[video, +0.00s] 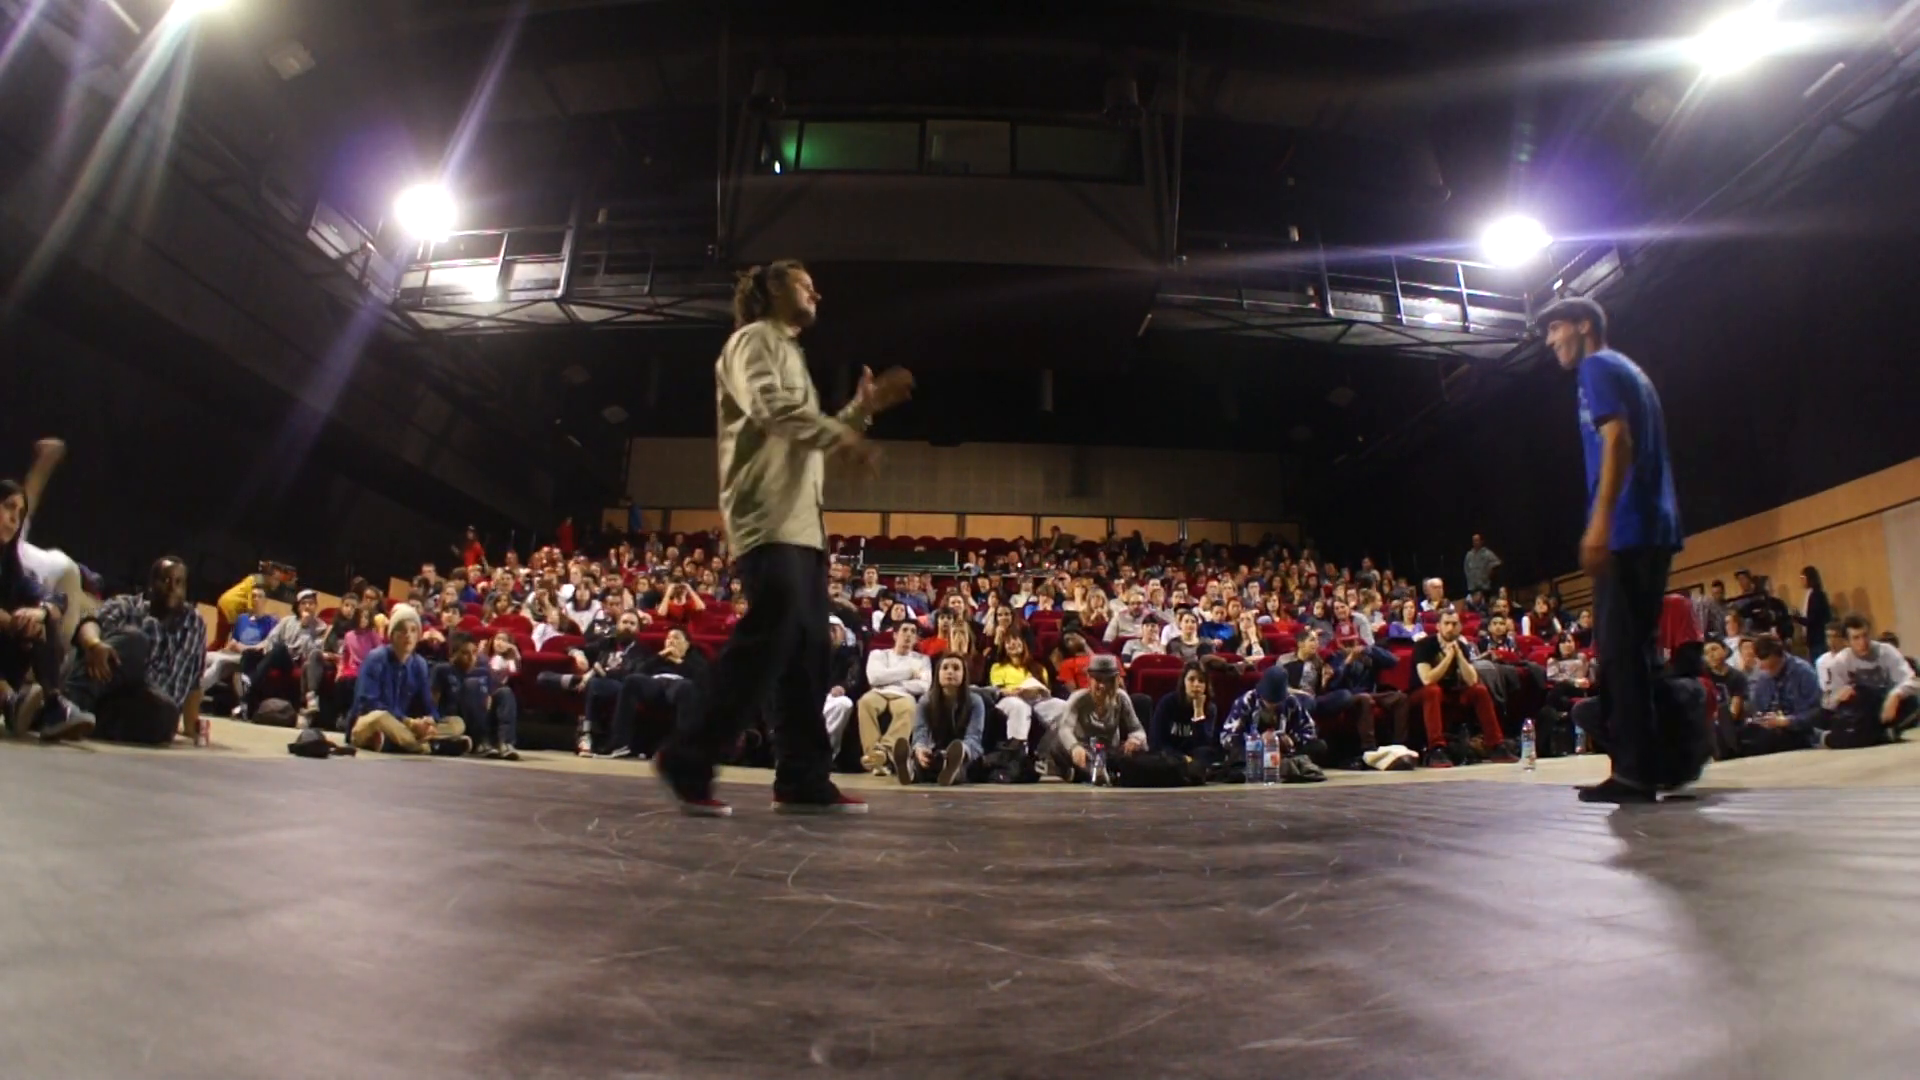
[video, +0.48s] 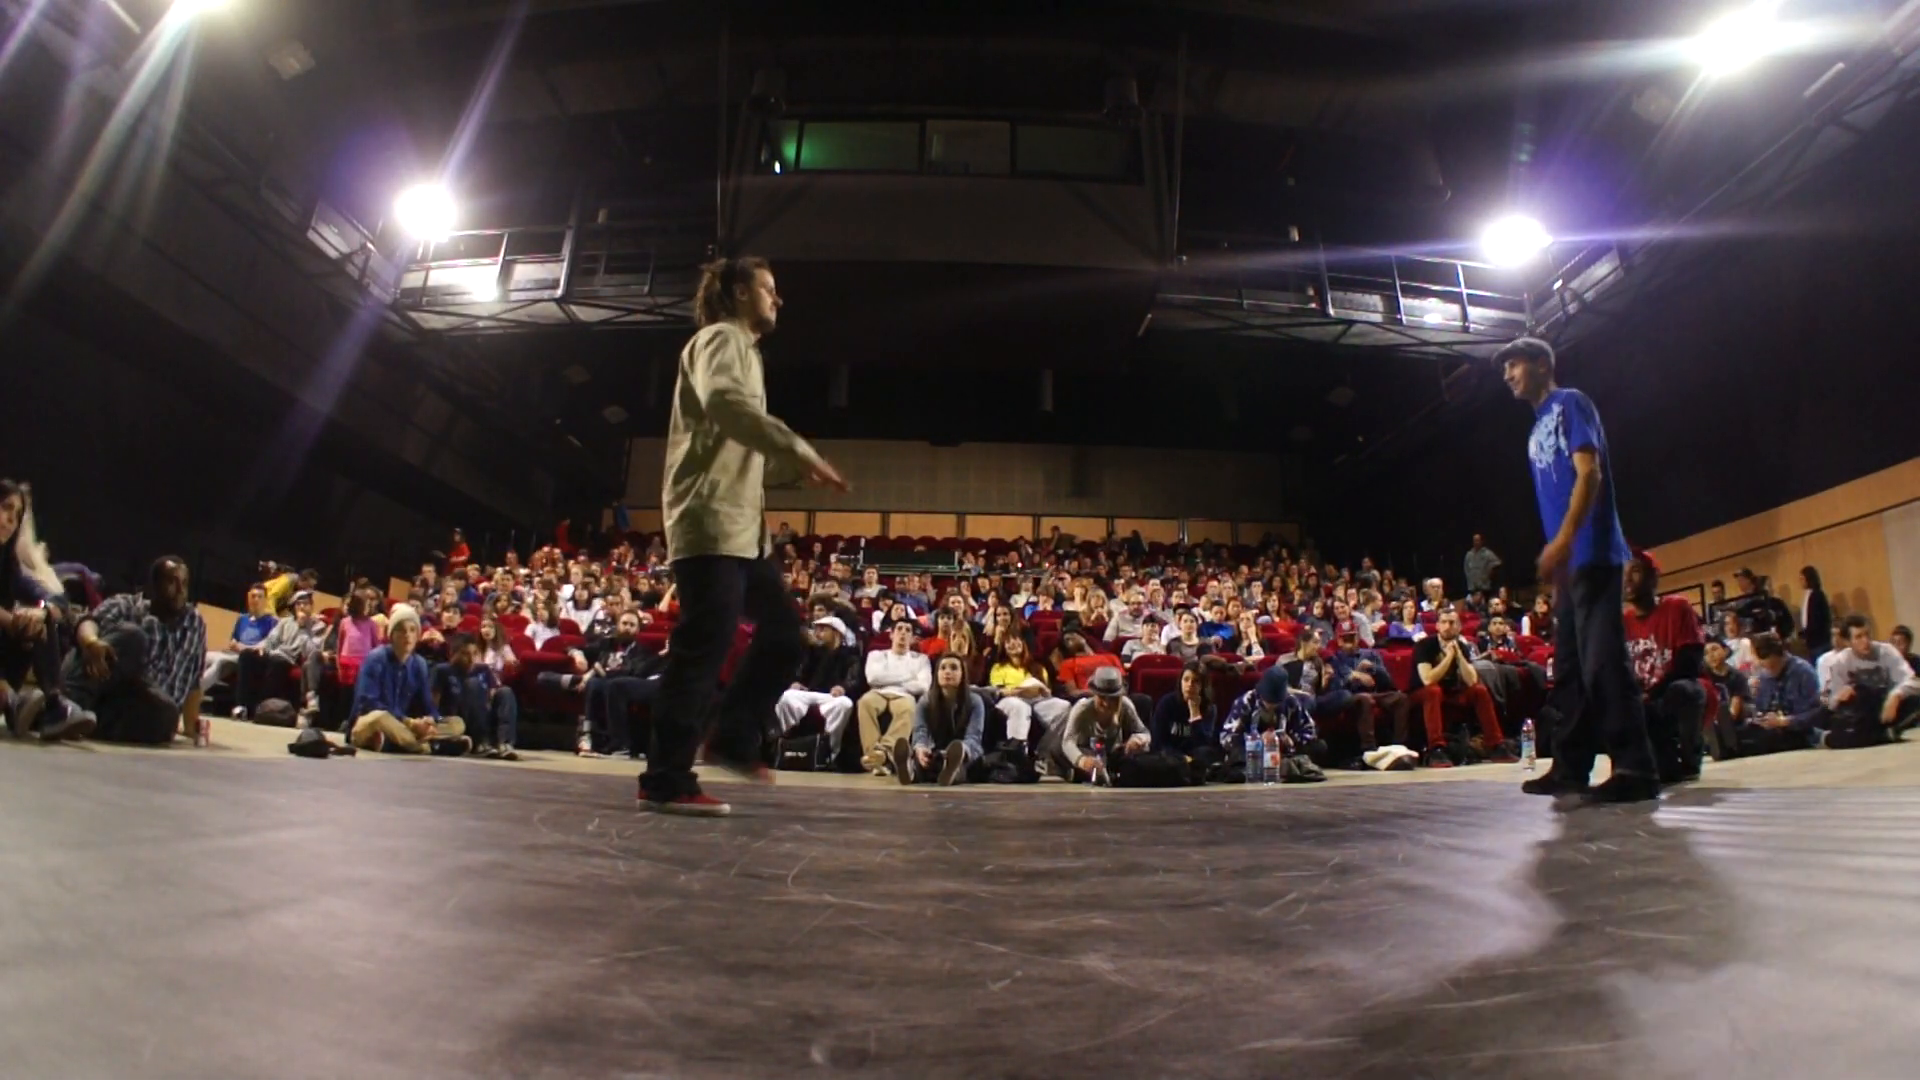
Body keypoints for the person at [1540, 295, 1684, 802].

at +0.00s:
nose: (1551, 341)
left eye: (1556, 330)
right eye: (1548, 333)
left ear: (1586, 327)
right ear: (1588, 332)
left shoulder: (1597, 367)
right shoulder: (1624, 369)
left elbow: (1617, 439)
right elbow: (1638, 450)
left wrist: (1599, 522)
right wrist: (1622, 522)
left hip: (1627, 531)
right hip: (1650, 530)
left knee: (1619, 650)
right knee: (1632, 649)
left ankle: (1632, 772)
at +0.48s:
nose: (1509, 377)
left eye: (1515, 367)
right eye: (1506, 372)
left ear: (1542, 366)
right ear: (1516, 379)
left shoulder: (1570, 402)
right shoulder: (1538, 430)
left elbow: (1590, 474)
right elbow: (1556, 496)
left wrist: (1562, 540)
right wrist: (1559, 562)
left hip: (1594, 552)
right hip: (1569, 559)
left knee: (1603, 660)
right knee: (1569, 665)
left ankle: (1636, 771)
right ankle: (1569, 767)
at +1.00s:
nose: (1509, 389)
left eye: (1515, 378)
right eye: (1506, 384)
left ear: (1541, 377)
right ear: (1511, 393)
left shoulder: (1576, 411)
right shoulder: (1521, 450)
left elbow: (1602, 476)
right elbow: (1528, 515)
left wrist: (1602, 546)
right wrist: (1529, 577)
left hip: (1591, 564)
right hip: (1550, 576)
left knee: (1620, 666)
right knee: (1560, 675)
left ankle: (1642, 765)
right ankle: (1568, 767)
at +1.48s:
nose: (1530, 381)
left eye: (1537, 372)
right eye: (1526, 376)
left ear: (1562, 374)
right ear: (1529, 386)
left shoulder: (1594, 412)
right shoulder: (1536, 441)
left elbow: (1616, 480)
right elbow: (1539, 506)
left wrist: (1612, 548)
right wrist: (1533, 566)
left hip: (1595, 565)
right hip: (1554, 573)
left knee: (1622, 669)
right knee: (1560, 673)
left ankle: (1644, 764)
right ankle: (1568, 766)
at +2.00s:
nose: (1531, 382)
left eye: (1538, 372)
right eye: (1527, 377)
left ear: (1562, 373)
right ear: (1528, 386)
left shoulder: (1594, 412)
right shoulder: (1537, 441)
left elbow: (1614, 479)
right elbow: (1539, 507)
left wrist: (1611, 547)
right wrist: (1535, 569)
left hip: (1595, 566)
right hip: (1555, 574)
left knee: (1623, 670)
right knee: (1560, 674)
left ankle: (1644, 764)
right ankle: (1568, 766)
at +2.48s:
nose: (1530, 379)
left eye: (1537, 370)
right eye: (1526, 375)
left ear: (1563, 372)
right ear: (1528, 385)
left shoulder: (1594, 411)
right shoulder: (1536, 442)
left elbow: (1614, 479)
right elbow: (1539, 507)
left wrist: (1613, 548)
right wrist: (1533, 568)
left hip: (1595, 566)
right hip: (1554, 574)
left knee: (1624, 669)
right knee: (1560, 674)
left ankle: (1645, 763)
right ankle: (1568, 766)